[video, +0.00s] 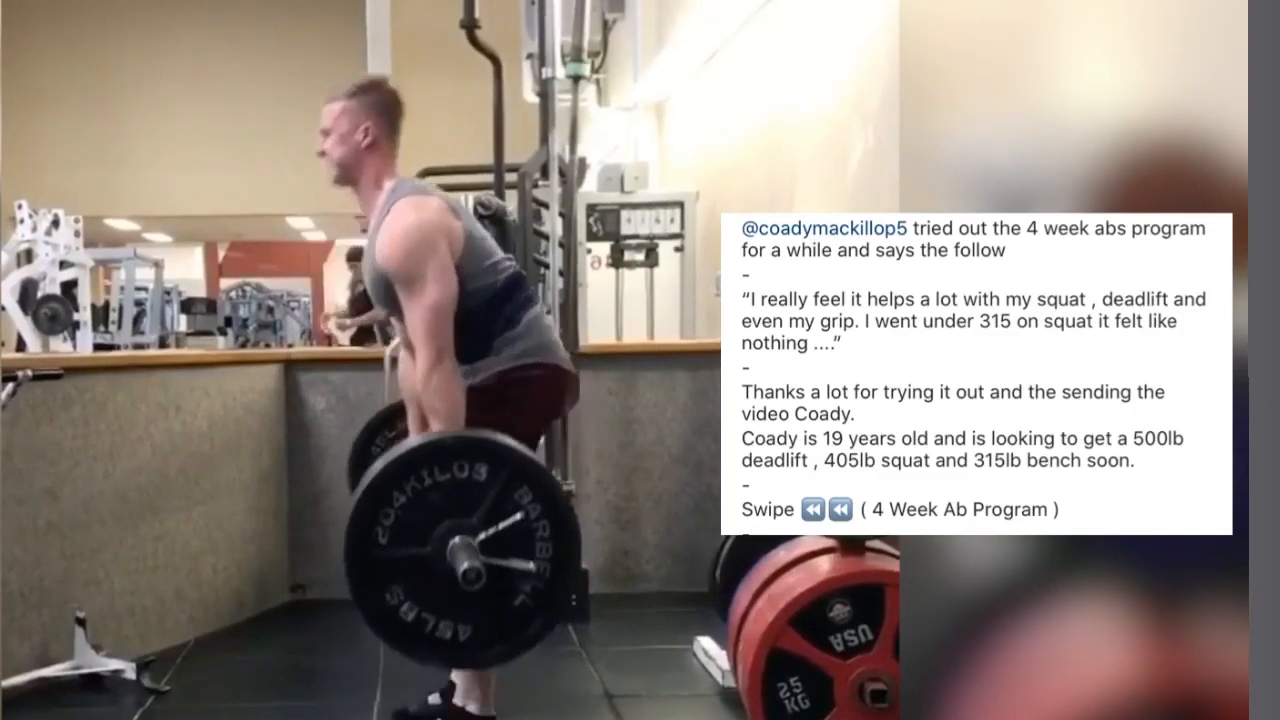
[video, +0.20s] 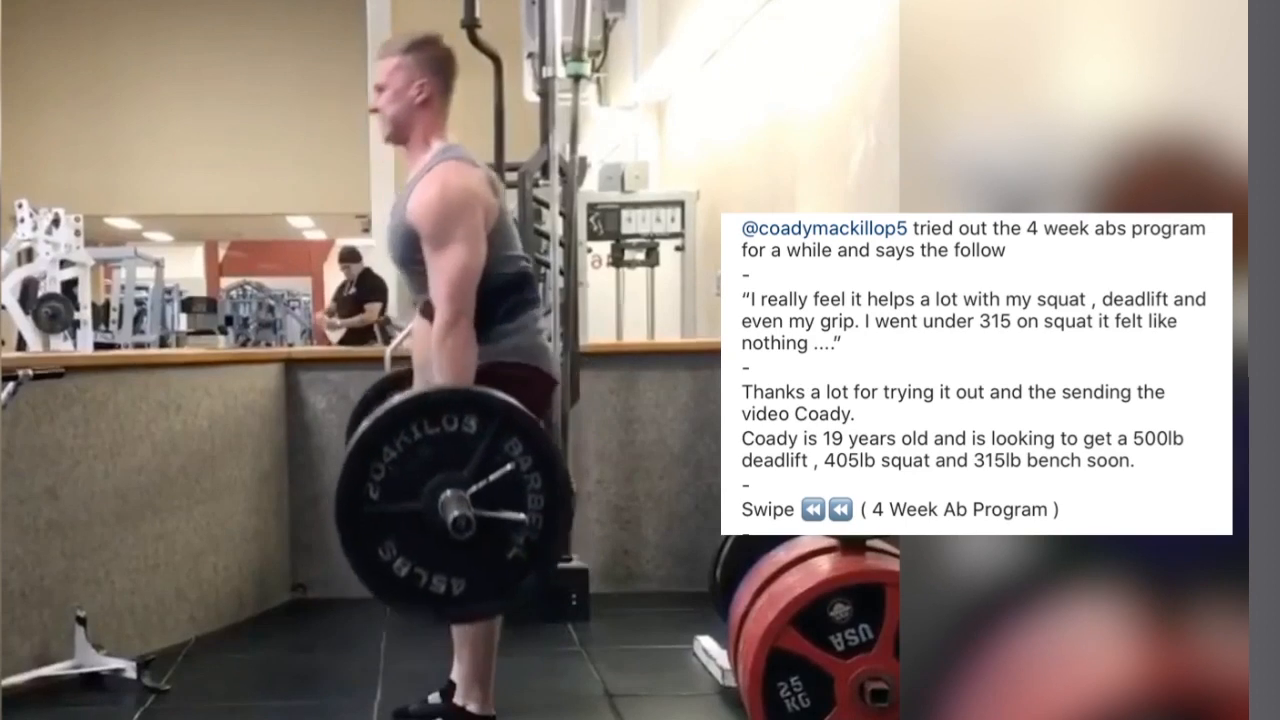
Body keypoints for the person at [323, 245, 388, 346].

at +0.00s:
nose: (352, 271)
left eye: (354, 267)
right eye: (350, 267)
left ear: (364, 264)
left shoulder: (373, 283)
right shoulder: (355, 284)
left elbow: (381, 313)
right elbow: (353, 312)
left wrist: (350, 323)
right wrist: (334, 316)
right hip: (358, 340)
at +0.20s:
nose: (345, 272)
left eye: (347, 267)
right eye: (342, 268)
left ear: (359, 263)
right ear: (340, 267)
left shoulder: (373, 282)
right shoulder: (344, 285)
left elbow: (371, 316)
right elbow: (333, 307)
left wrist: (340, 323)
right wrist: (326, 316)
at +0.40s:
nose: (337, 272)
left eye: (340, 268)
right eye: (334, 268)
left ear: (350, 264)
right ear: (331, 265)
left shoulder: (365, 284)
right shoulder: (334, 282)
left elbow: (362, 320)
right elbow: (325, 303)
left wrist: (330, 326)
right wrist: (313, 315)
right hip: (336, 339)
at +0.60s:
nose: (328, 269)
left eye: (331, 266)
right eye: (326, 265)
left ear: (342, 262)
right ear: (324, 262)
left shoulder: (357, 283)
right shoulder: (323, 279)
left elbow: (356, 320)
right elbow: (314, 303)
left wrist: (326, 328)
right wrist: (302, 317)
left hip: (346, 344)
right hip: (321, 342)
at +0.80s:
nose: (317, 269)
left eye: (321, 265)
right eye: (316, 265)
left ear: (332, 262)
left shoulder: (351, 282)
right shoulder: (314, 280)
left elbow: (357, 318)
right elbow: (304, 306)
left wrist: (330, 335)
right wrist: (285, 323)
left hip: (340, 347)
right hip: (312, 345)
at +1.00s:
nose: (309, 267)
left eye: (312, 262)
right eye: (305, 263)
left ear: (323, 261)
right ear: (303, 263)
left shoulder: (341, 282)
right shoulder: (302, 283)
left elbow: (354, 317)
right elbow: (297, 311)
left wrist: (338, 340)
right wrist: (284, 328)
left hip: (331, 346)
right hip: (304, 346)